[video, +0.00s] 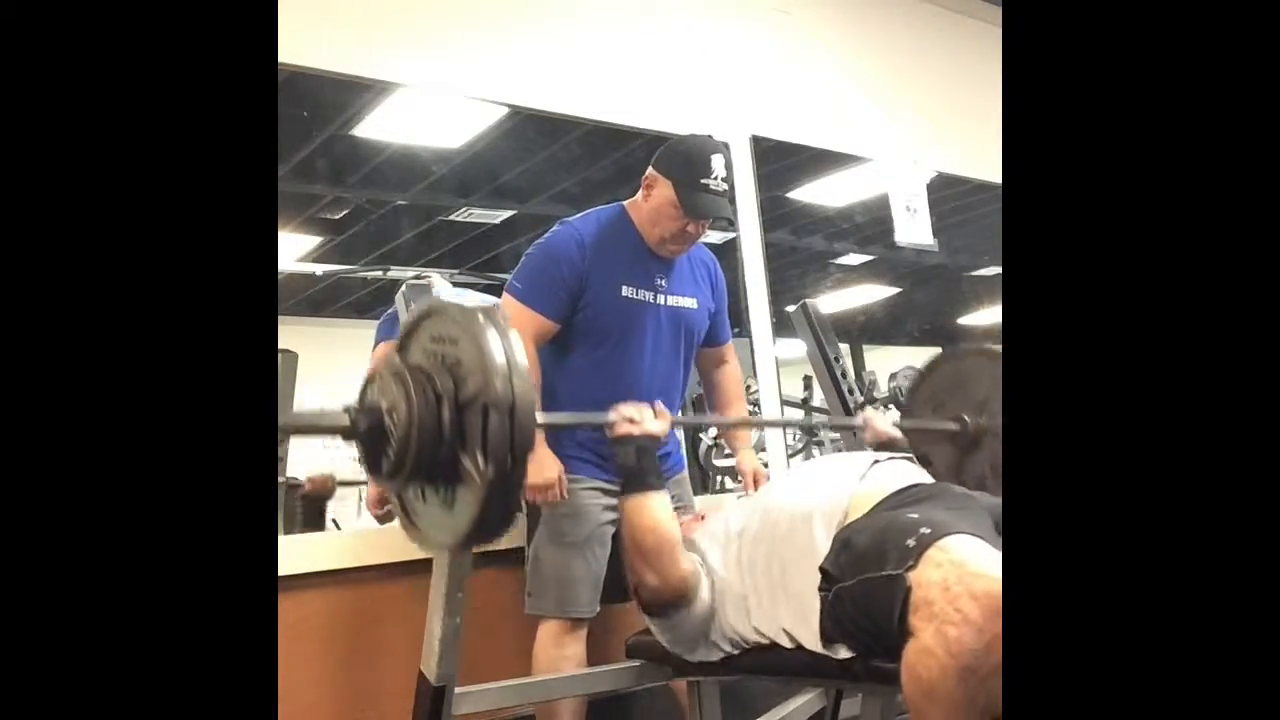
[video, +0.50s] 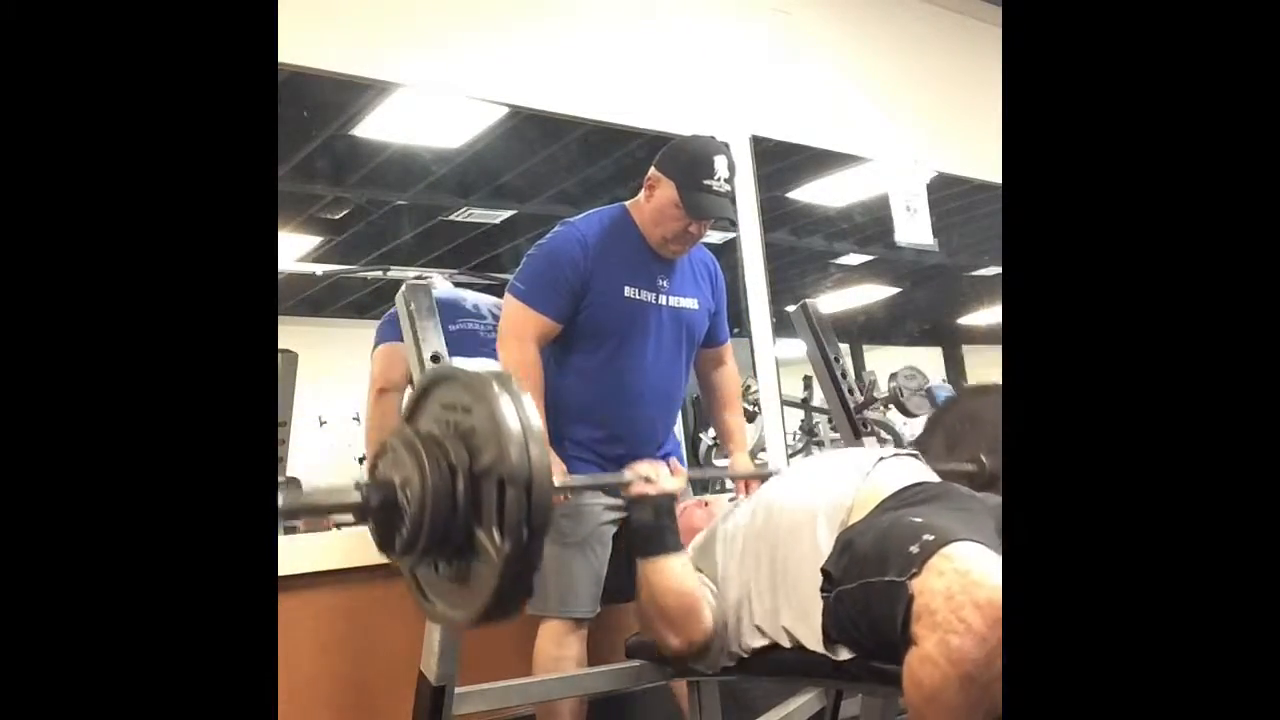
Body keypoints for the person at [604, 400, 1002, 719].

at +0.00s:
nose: (680, 506)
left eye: (676, 502)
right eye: (664, 517)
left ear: (693, 504)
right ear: (652, 559)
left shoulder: (761, 500)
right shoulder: (693, 609)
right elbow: (658, 578)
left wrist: (890, 440)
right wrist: (636, 456)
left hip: (951, 490)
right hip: (870, 530)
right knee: (976, 596)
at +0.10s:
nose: (686, 514)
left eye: (685, 508)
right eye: (673, 520)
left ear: (701, 506)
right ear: (661, 549)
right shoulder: (691, 597)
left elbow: (898, 488)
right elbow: (652, 547)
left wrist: (883, 429)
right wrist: (631, 426)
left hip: (953, 499)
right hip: (866, 530)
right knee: (978, 597)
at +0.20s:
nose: (681, 509)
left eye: (678, 503)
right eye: (669, 517)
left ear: (694, 502)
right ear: (658, 550)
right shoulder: (692, 596)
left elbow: (899, 486)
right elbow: (655, 546)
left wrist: (881, 425)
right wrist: (631, 425)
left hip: (951, 499)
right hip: (863, 531)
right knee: (978, 597)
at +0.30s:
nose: (679, 506)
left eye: (677, 503)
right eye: (664, 515)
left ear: (692, 506)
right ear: (656, 548)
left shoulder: (761, 504)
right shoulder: (691, 607)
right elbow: (657, 570)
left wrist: (878, 442)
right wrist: (634, 450)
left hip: (937, 493)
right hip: (860, 532)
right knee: (975, 598)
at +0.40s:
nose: (684, 508)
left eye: (684, 506)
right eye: (674, 518)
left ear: (699, 508)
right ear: (670, 539)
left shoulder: (759, 502)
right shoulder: (695, 600)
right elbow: (668, 608)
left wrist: (876, 448)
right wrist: (644, 488)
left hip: (939, 490)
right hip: (865, 533)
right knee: (977, 608)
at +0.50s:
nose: (694, 500)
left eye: (694, 496)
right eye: (679, 508)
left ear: (713, 498)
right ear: (674, 540)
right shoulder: (694, 573)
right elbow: (682, 639)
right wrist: (650, 514)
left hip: (946, 491)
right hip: (873, 525)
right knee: (980, 612)